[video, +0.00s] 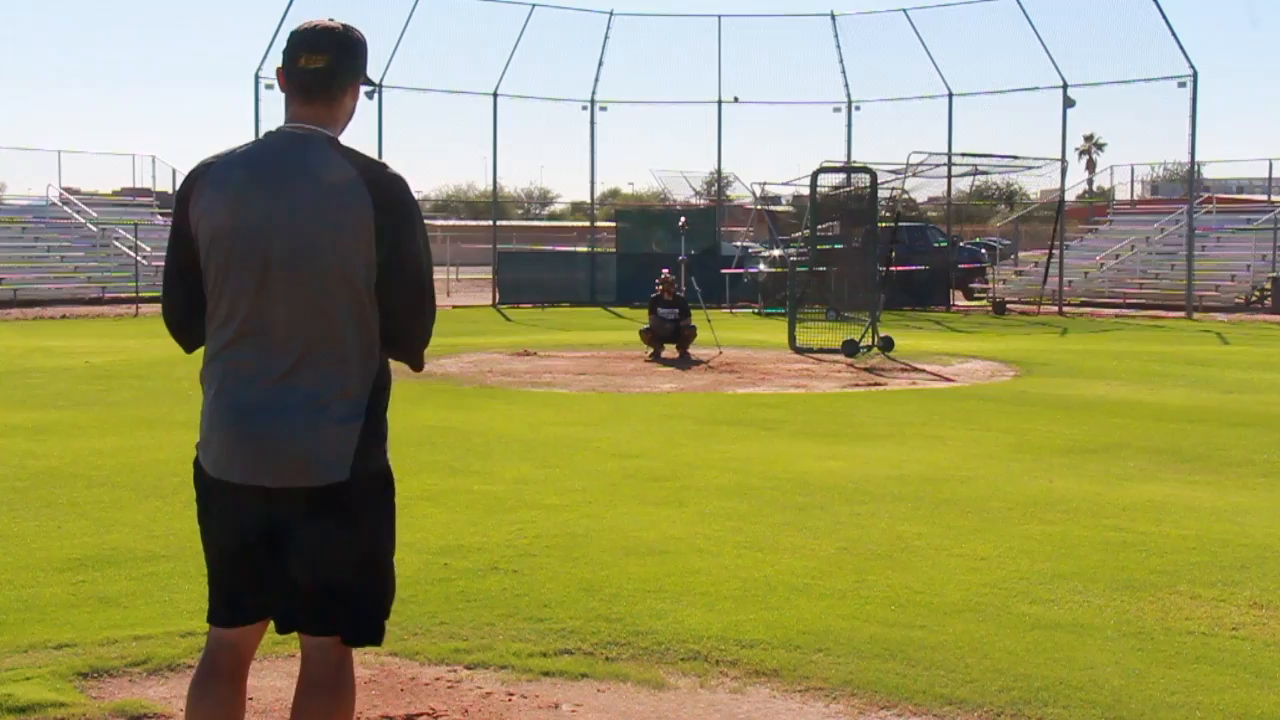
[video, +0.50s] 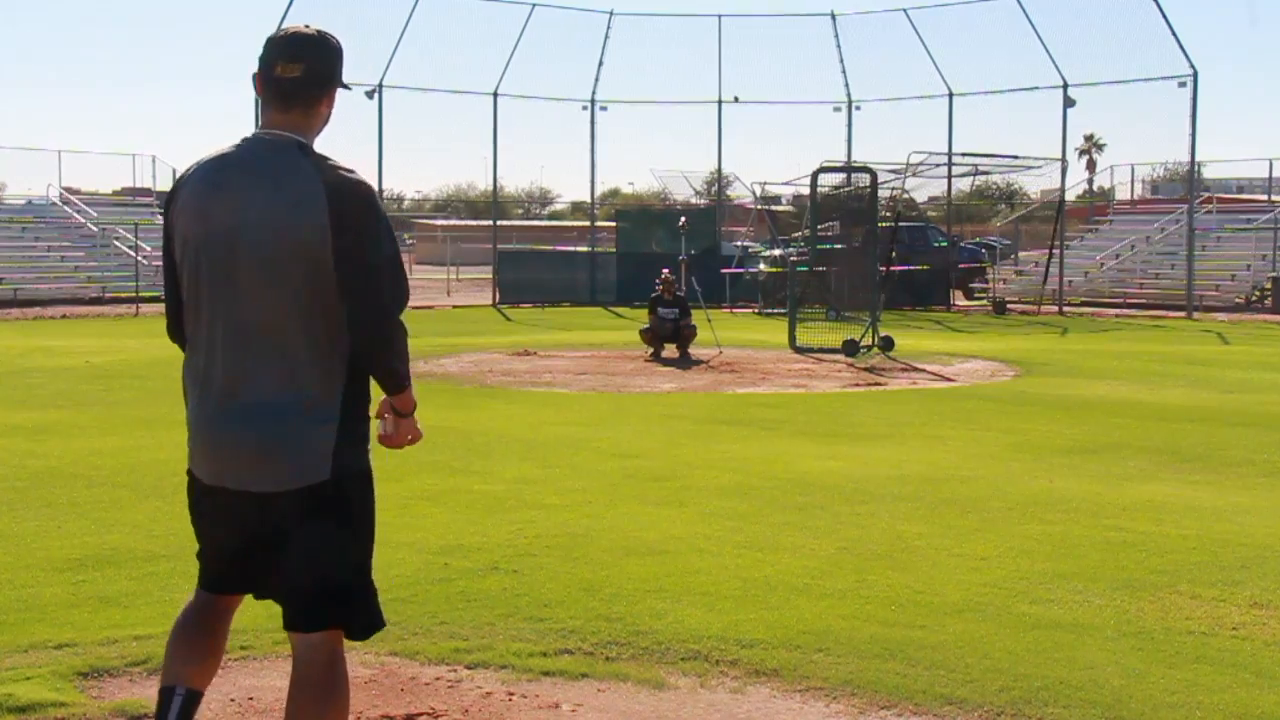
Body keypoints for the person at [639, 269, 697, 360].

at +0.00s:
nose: (668, 287)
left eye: (670, 284)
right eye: (665, 284)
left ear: (674, 286)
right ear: (661, 286)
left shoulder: (680, 300)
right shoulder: (655, 299)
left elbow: (687, 319)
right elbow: (652, 318)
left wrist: (674, 325)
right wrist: (662, 326)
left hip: (676, 329)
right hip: (660, 330)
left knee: (691, 330)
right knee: (645, 333)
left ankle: (683, 350)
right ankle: (657, 348)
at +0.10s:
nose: (667, 287)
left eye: (670, 284)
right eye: (665, 284)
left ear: (674, 286)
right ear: (661, 286)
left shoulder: (680, 300)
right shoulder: (655, 299)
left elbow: (687, 319)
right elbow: (652, 318)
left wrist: (674, 325)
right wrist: (662, 326)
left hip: (677, 329)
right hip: (660, 330)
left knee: (691, 330)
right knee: (645, 333)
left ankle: (683, 349)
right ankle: (657, 348)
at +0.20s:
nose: (668, 287)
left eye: (670, 284)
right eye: (665, 285)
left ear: (674, 286)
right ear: (661, 286)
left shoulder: (680, 300)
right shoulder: (655, 299)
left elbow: (688, 319)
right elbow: (652, 318)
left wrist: (675, 325)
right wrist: (662, 326)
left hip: (677, 329)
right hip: (660, 329)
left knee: (691, 330)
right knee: (645, 332)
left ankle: (683, 350)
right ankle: (657, 348)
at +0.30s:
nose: (668, 287)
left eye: (670, 284)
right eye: (665, 285)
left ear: (674, 286)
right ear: (661, 286)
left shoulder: (680, 299)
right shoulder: (655, 299)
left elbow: (688, 319)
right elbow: (652, 318)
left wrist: (675, 324)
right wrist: (662, 326)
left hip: (677, 329)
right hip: (660, 329)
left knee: (691, 330)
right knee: (645, 332)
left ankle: (683, 350)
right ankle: (657, 348)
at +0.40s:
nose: (668, 287)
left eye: (670, 284)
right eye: (665, 285)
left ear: (674, 286)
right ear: (661, 286)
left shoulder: (680, 300)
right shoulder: (655, 299)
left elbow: (688, 319)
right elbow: (652, 318)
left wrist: (674, 325)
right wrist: (662, 326)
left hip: (677, 329)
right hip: (660, 329)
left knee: (691, 330)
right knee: (645, 332)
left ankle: (683, 350)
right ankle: (657, 348)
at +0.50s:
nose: (668, 287)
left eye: (670, 284)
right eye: (665, 284)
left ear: (674, 286)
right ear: (661, 286)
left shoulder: (681, 299)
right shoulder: (655, 299)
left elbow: (688, 319)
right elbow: (652, 318)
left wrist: (674, 324)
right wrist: (662, 326)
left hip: (677, 328)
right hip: (660, 328)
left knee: (691, 329)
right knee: (645, 332)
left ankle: (683, 349)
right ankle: (657, 348)